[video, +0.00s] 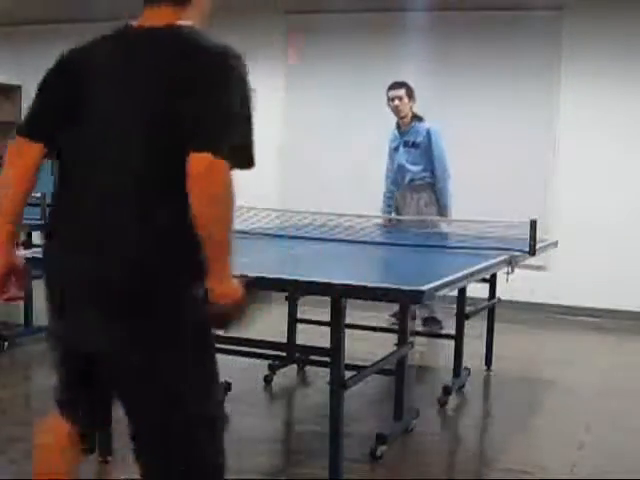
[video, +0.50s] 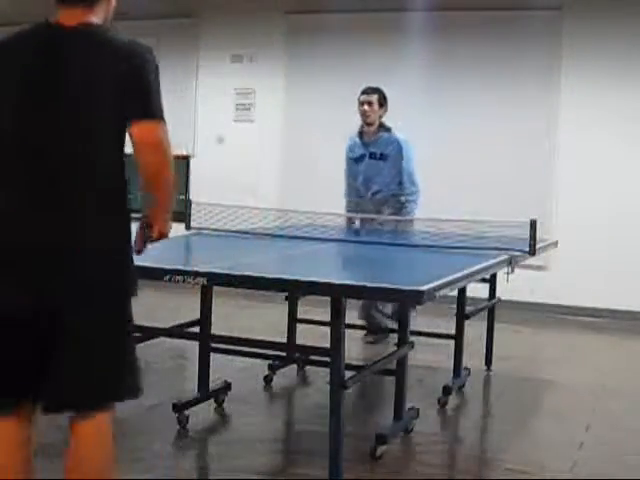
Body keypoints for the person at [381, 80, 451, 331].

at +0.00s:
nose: (396, 104)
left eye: (400, 98)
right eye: (391, 100)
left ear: (411, 101)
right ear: (388, 105)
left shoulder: (428, 132)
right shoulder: (395, 138)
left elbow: (442, 172)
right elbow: (390, 177)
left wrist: (445, 212)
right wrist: (386, 211)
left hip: (424, 193)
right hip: (402, 194)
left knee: (425, 250)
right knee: (403, 249)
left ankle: (430, 310)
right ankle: (406, 305)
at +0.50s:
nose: (365, 109)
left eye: (370, 104)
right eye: (362, 104)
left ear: (382, 109)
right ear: (358, 109)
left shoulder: (396, 144)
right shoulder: (353, 146)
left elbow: (410, 186)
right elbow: (350, 188)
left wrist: (405, 220)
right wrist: (350, 220)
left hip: (392, 216)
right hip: (363, 217)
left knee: (389, 267)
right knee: (363, 268)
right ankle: (375, 322)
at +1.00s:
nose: (288, 107)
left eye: (292, 101)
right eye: (284, 103)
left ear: (305, 99)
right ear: (281, 105)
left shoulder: (330, 135)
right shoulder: (278, 138)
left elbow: (350, 173)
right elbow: (266, 177)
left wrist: (358, 210)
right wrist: (261, 211)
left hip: (316, 203)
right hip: (283, 203)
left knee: (334, 262)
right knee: (265, 261)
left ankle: (366, 324)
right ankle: (248, 323)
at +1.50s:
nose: (217, 93)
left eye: (221, 86)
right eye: (212, 88)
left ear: (237, 85)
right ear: (209, 91)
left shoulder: (260, 125)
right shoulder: (207, 126)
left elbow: (272, 162)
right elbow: (196, 165)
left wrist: (268, 198)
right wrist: (189, 205)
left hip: (248, 189)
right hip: (220, 187)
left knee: (238, 253)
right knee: (220, 253)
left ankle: (222, 318)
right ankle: (242, 314)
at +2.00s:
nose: (132, 151)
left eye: (136, 144)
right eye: (129, 145)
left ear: (157, 138)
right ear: (127, 142)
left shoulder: (192, 161)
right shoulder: (130, 165)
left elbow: (212, 202)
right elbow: (106, 197)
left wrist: (200, 238)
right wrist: (68, 219)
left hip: (192, 231)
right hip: (162, 230)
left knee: (165, 280)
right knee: (180, 281)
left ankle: (149, 341)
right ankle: (223, 307)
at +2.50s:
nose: (131, 126)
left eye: (136, 119)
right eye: (128, 119)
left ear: (154, 113)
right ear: (125, 117)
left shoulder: (181, 143)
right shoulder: (128, 142)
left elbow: (187, 198)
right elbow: (129, 189)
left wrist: (153, 222)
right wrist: (138, 227)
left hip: (183, 215)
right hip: (152, 216)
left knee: (168, 274)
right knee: (153, 268)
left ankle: (152, 337)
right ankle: (196, 291)